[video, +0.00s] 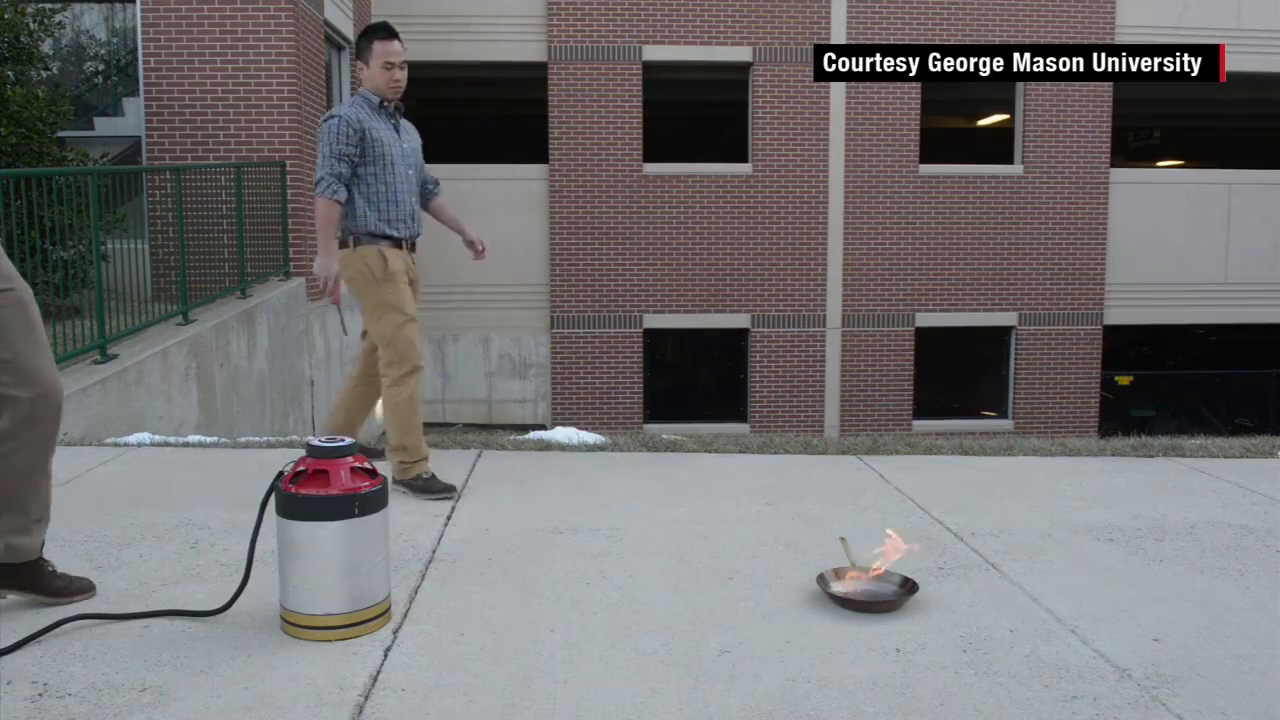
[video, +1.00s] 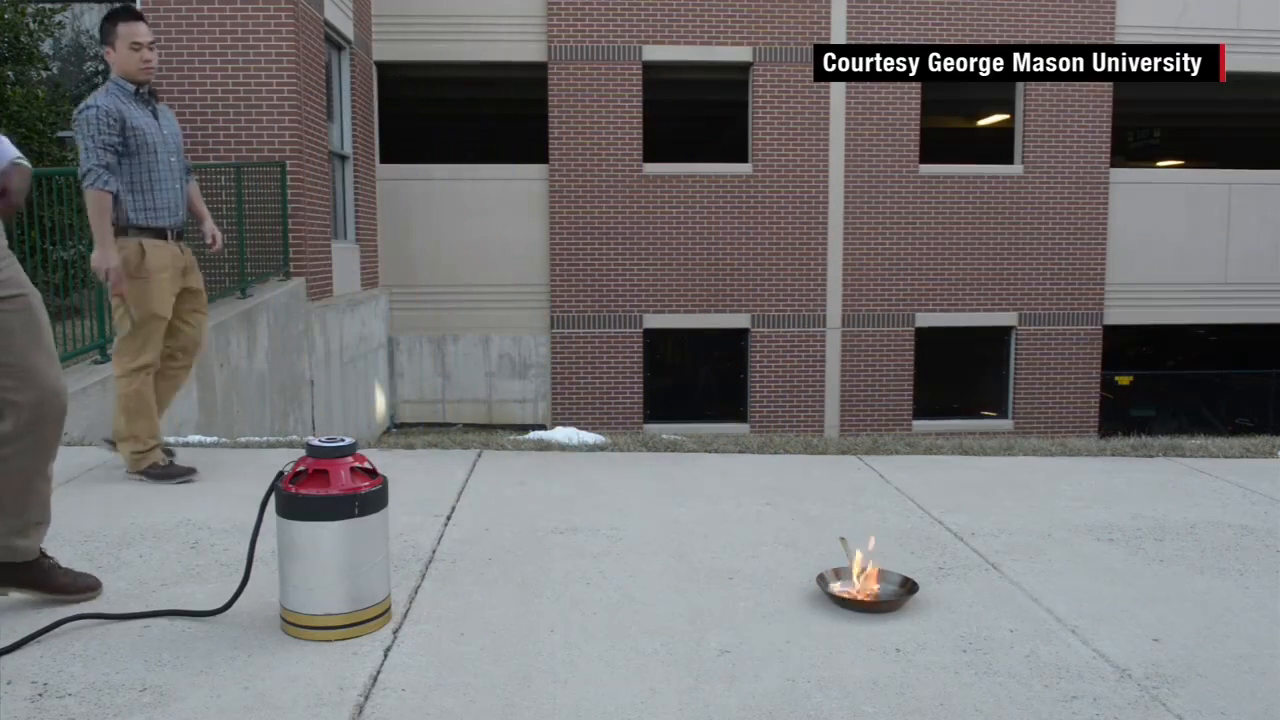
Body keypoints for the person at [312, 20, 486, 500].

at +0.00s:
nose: (399, 74)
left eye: (403, 65)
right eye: (388, 66)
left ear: (406, 68)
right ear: (361, 69)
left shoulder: (406, 129)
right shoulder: (345, 121)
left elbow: (425, 192)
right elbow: (329, 192)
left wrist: (464, 230)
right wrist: (327, 257)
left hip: (404, 254)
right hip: (370, 254)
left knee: (377, 362)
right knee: (403, 360)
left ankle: (329, 448)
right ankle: (412, 469)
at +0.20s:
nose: (373, 74)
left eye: (377, 66)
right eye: (363, 65)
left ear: (379, 70)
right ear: (337, 67)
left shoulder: (374, 128)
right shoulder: (313, 112)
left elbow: (388, 192)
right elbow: (301, 178)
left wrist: (414, 243)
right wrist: (306, 239)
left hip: (368, 250)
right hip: (330, 248)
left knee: (365, 354)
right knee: (348, 353)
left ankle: (333, 444)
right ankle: (366, 448)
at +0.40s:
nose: (321, 69)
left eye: (325, 61)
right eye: (310, 61)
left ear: (330, 66)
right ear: (286, 65)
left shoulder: (327, 120)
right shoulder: (271, 113)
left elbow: (334, 191)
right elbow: (267, 181)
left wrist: (345, 243)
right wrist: (297, 227)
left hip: (331, 245)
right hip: (290, 243)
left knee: (342, 345)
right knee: (293, 339)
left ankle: (334, 443)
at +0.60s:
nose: (273, 75)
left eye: (276, 66)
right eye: (262, 67)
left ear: (279, 70)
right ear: (236, 72)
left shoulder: (280, 128)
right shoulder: (224, 122)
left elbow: (291, 197)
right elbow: (231, 189)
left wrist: (309, 248)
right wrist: (270, 226)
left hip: (294, 259)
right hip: (247, 258)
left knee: (324, 354)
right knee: (221, 358)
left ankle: (338, 446)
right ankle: (159, 443)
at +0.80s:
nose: (209, 67)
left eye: (213, 58)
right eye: (198, 59)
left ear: (217, 63)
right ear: (171, 63)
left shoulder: (219, 123)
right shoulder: (155, 116)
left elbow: (235, 188)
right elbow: (162, 185)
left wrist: (256, 241)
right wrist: (200, 230)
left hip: (224, 253)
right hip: (177, 252)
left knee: (257, 349)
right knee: (165, 359)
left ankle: (295, 440)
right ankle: (146, 456)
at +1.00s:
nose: (148, 55)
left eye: (152, 46)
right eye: (136, 47)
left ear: (156, 51)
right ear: (109, 54)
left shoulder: (162, 112)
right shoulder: (99, 109)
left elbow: (180, 173)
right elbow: (97, 183)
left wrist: (205, 216)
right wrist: (104, 246)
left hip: (178, 248)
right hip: (138, 248)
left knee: (184, 345)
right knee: (138, 356)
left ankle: (134, 431)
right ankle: (141, 454)